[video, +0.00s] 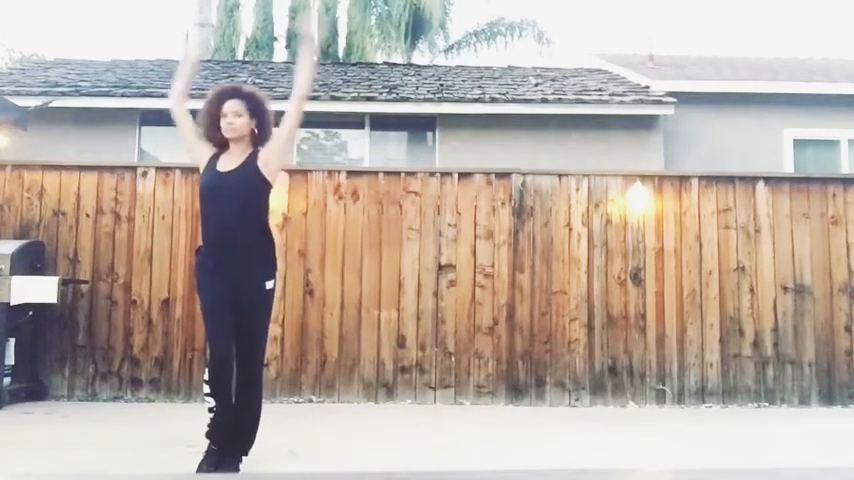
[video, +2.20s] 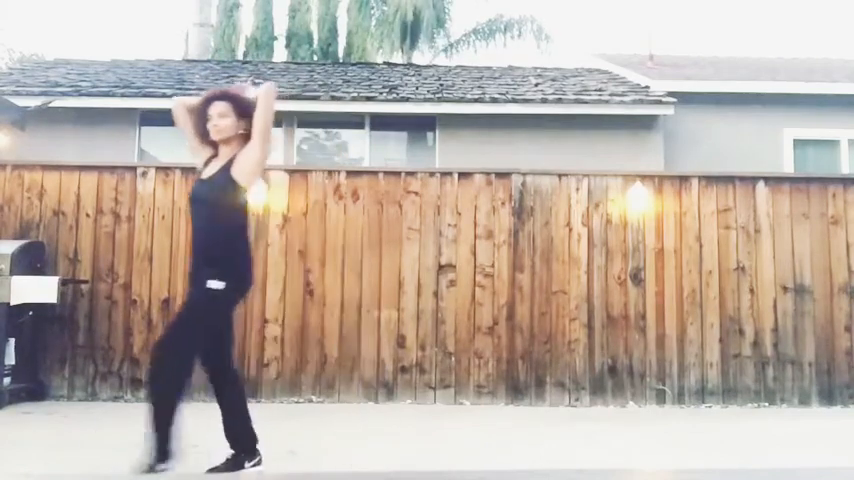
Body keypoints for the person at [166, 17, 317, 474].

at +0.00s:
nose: (230, 120)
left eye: (237, 114)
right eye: (224, 115)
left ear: (254, 121)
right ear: (217, 122)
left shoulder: (269, 158)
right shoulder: (208, 158)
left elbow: (299, 99)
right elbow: (176, 104)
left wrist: (309, 42)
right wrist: (193, 53)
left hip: (256, 269)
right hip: (212, 268)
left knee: (249, 362)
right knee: (220, 353)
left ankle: (237, 451)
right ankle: (218, 444)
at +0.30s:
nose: (234, 120)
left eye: (242, 115)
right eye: (228, 115)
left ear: (254, 122)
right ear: (218, 121)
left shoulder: (264, 156)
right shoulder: (207, 155)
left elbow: (273, 90)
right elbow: (197, 90)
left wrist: (243, 55)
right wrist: (241, 74)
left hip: (255, 267)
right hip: (212, 266)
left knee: (250, 360)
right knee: (221, 355)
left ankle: (238, 450)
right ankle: (218, 445)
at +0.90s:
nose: (254, 122)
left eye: (261, 116)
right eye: (247, 116)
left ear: (273, 123)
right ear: (236, 123)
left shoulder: (284, 156)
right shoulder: (226, 156)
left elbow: (288, 88)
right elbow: (204, 97)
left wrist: (243, 84)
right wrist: (234, 86)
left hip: (269, 273)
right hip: (226, 269)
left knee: (253, 360)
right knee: (210, 361)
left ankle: (275, 445)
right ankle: (212, 451)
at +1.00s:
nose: (265, 121)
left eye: (272, 116)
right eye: (258, 115)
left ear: (283, 123)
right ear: (246, 123)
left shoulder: (291, 158)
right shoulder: (235, 158)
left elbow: (297, 89)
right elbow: (213, 97)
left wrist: (252, 84)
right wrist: (242, 89)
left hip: (286, 274)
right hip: (241, 274)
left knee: (302, 363)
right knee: (221, 362)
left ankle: (336, 450)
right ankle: (213, 449)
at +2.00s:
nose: (248, 122)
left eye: (255, 115)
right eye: (242, 116)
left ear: (272, 122)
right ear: (237, 124)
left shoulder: (278, 156)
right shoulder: (239, 158)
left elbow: (293, 91)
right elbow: (217, 102)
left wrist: (274, 92)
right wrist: (251, 94)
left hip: (255, 272)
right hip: (227, 272)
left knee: (245, 363)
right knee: (228, 365)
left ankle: (296, 438)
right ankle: (244, 451)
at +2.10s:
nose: (231, 122)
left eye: (239, 115)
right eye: (227, 116)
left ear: (257, 122)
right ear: (223, 123)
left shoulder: (264, 157)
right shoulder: (226, 157)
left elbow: (280, 91)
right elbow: (200, 106)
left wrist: (267, 103)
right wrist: (238, 91)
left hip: (242, 274)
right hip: (218, 272)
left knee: (195, 357)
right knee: (223, 361)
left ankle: (242, 443)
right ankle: (244, 445)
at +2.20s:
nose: (215, 122)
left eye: (223, 116)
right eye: (211, 117)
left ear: (241, 122)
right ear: (208, 125)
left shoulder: (247, 159)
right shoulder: (209, 157)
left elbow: (269, 91)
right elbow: (179, 107)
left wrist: (253, 103)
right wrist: (221, 98)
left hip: (226, 275)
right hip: (204, 273)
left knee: (169, 353)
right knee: (219, 365)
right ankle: (245, 450)